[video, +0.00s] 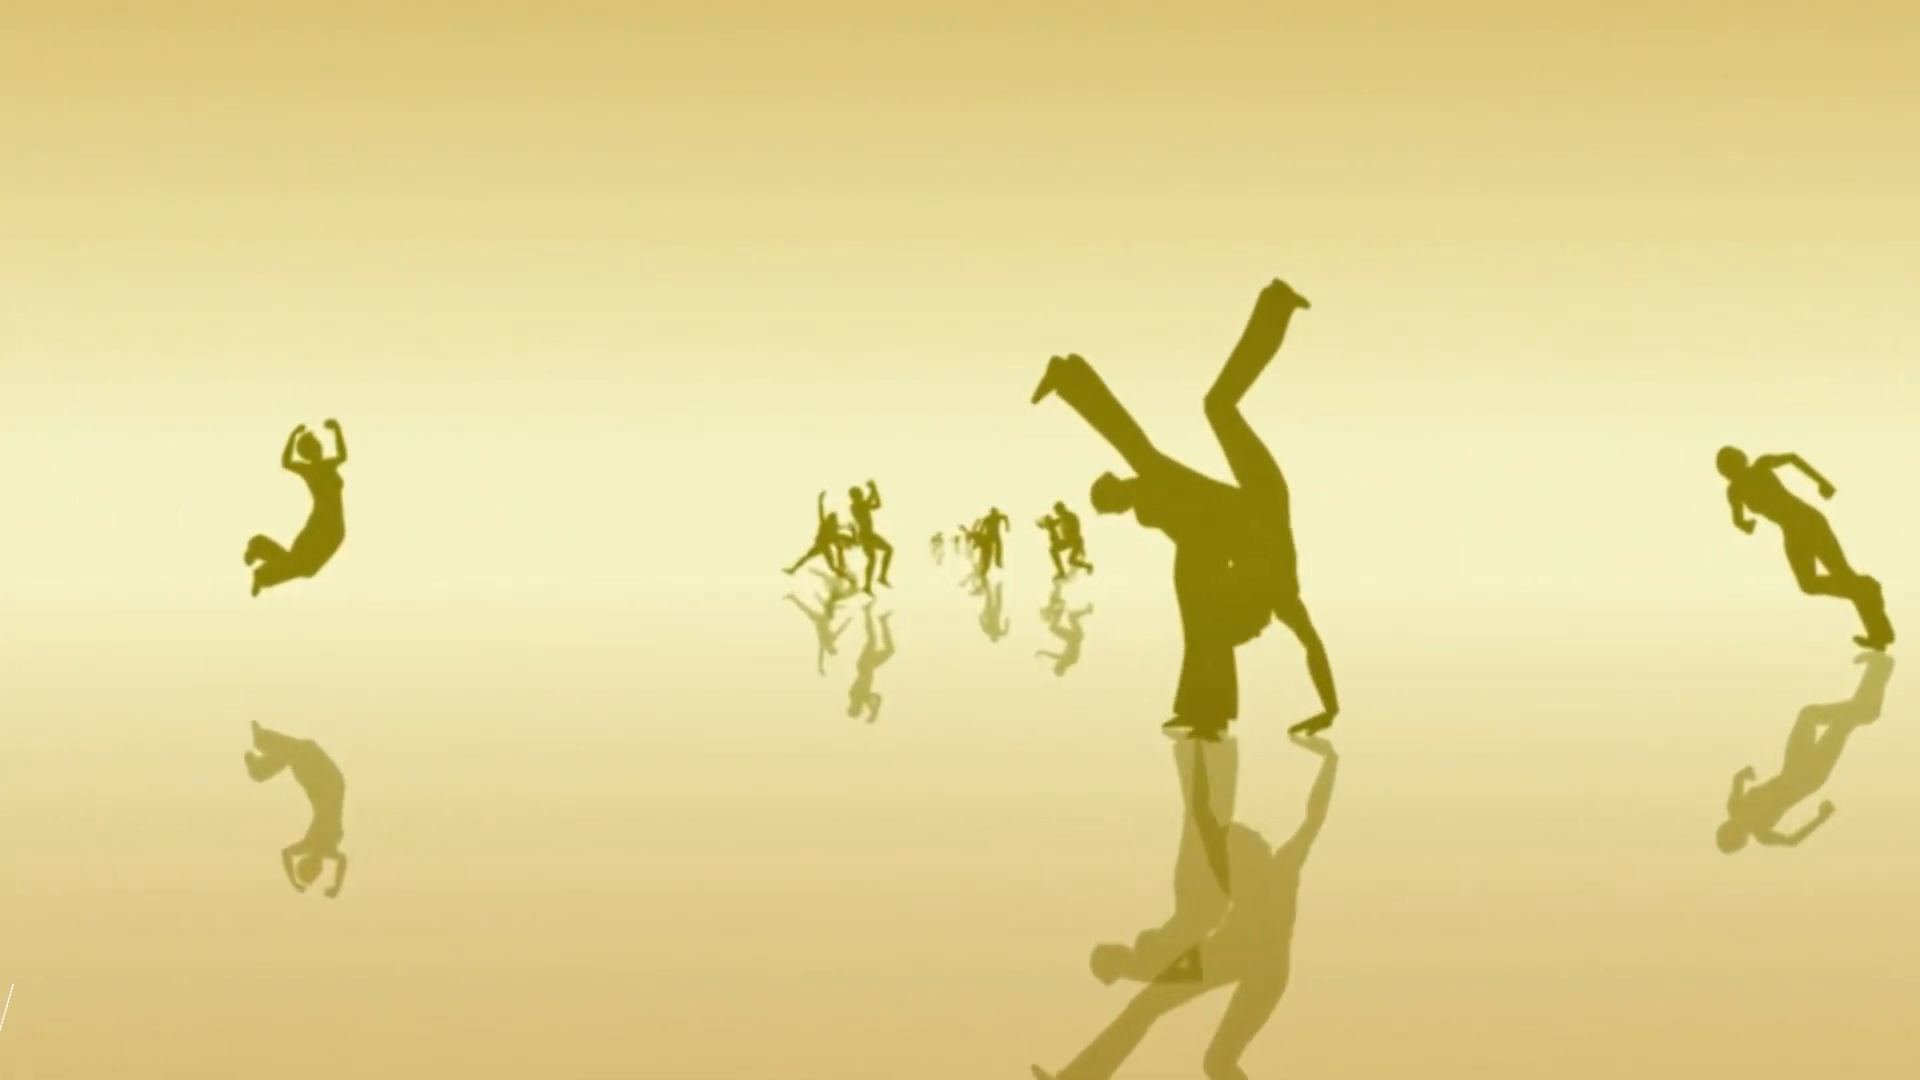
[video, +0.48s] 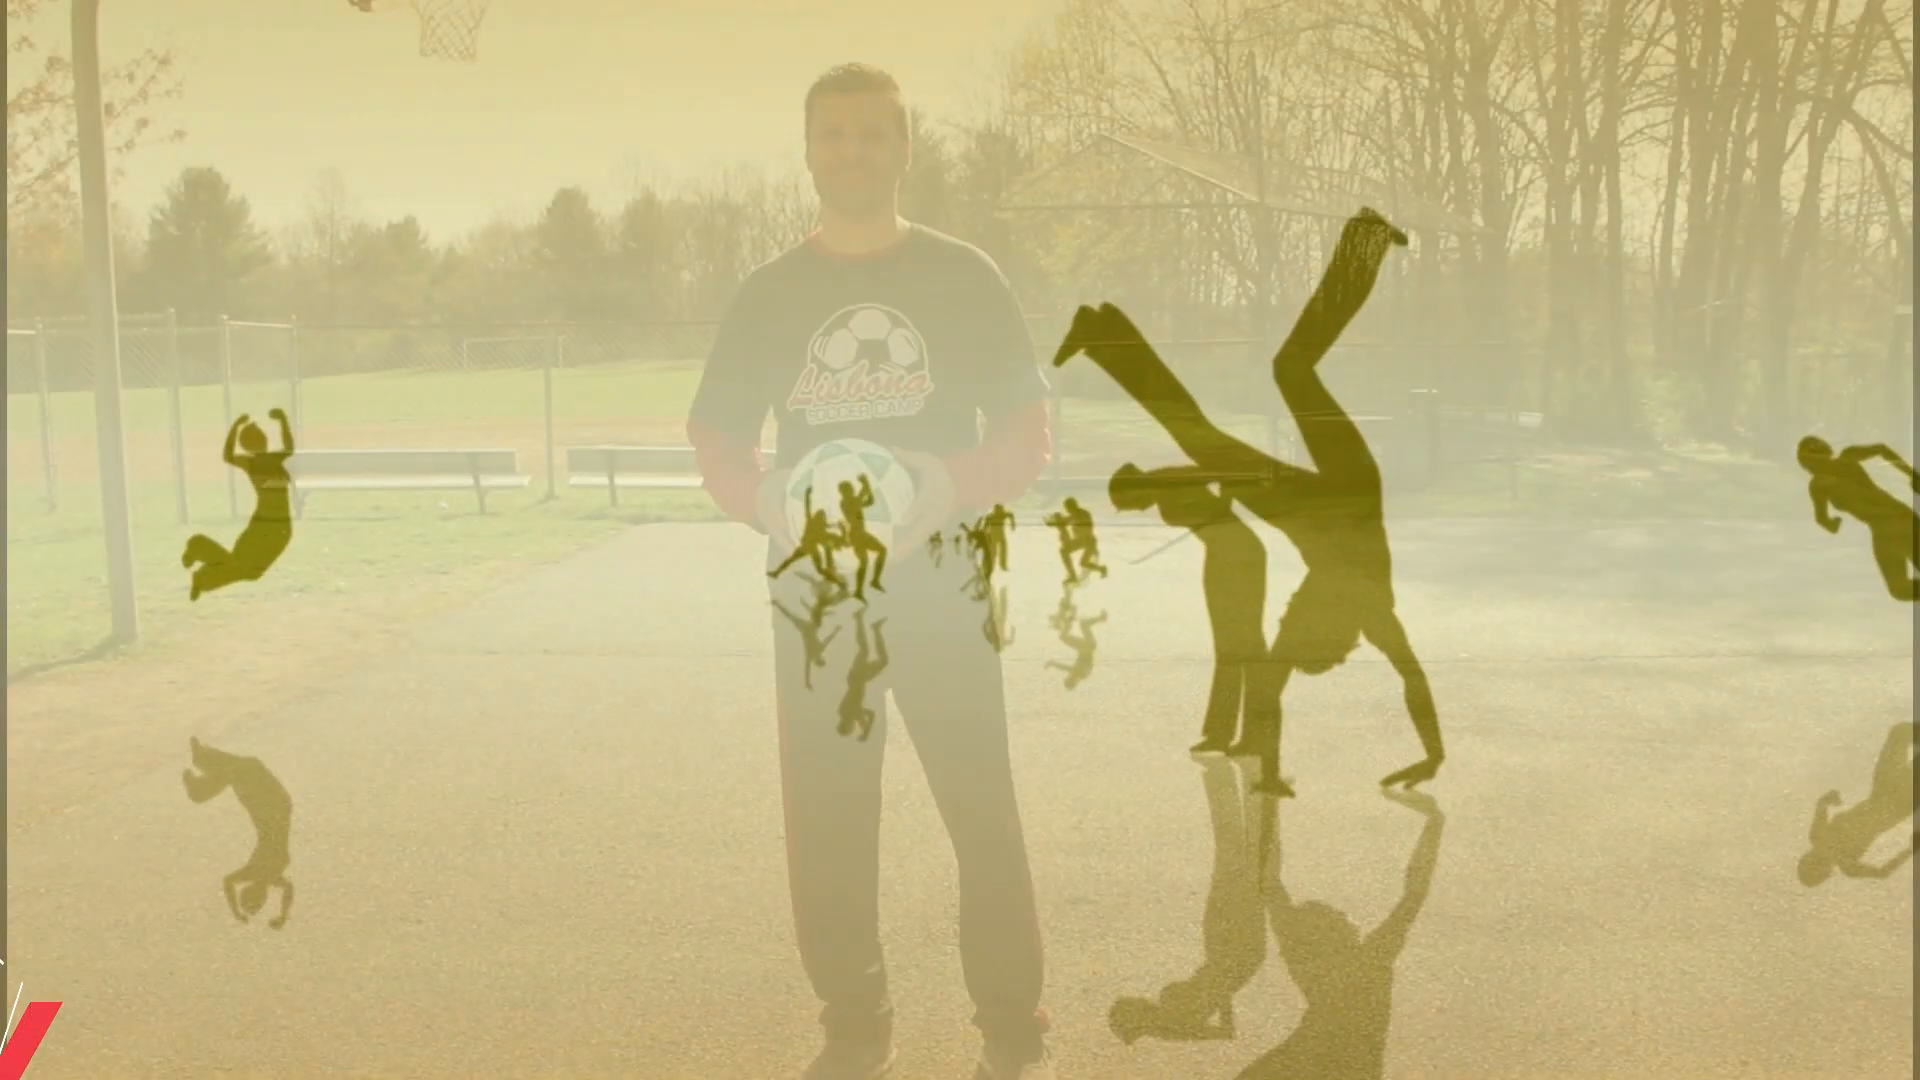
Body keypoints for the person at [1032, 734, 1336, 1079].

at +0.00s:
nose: (1247, 858)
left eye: (1251, 848)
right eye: (1238, 852)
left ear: (1262, 850)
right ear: (1230, 857)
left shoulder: (1285, 867)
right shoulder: (1231, 879)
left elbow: (1314, 815)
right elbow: (1200, 813)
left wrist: (1331, 760)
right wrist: (1198, 750)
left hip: (1267, 964)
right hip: (1224, 954)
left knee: (1220, 1060)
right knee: (1147, 1005)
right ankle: (1077, 1074)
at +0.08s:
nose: (1257, 884)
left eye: (1262, 869)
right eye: (1248, 874)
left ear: (1277, 867)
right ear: (1240, 878)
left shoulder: (1302, 884)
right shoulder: (1247, 901)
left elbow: (1333, 829)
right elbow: (1213, 827)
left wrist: (1351, 769)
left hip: (1285, 983)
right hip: (1242, 972)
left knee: (1244, 1066)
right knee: (1161, 1025)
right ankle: (1110, 1075)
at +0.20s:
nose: (1269, 905)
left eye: (1275, 890)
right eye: (1258, 895)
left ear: (1290, 882)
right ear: (1247, 898)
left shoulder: (1314, 899)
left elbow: (1347, 842)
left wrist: (1366, 778)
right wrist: (1134, 986)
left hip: (1297, 1002)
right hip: (1252, 986)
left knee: (1259, 1073)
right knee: (1168, 1044)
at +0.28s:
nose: (1281, 921)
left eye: (1288, 903)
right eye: (1269, 910)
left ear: (1308, 899)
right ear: (1261, 914)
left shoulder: (1335, 918)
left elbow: (1370, 860)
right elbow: (1240, 849)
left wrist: (1389, 791)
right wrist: (1243, 774)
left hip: (1317, 1025)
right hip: (1270, 1010)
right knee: (1179, 1071)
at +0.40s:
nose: (1285, 938)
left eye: (1294, 920)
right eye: (1275, 929)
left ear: (1318, 911)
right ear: (1270, 932)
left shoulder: (1347, 936)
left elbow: (1386, 874)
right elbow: (1249, 855)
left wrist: (1407, 802)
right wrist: (1251, 773)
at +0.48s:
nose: (1351, 925)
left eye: (1343, 917)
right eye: (1339, 921)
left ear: (1310, 940)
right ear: (1324, 935)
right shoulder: (1370, 964)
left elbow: (1269, 882)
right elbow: (1413, 895)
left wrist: (1269, 800)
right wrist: (1435, 818)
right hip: (1353, 1070)